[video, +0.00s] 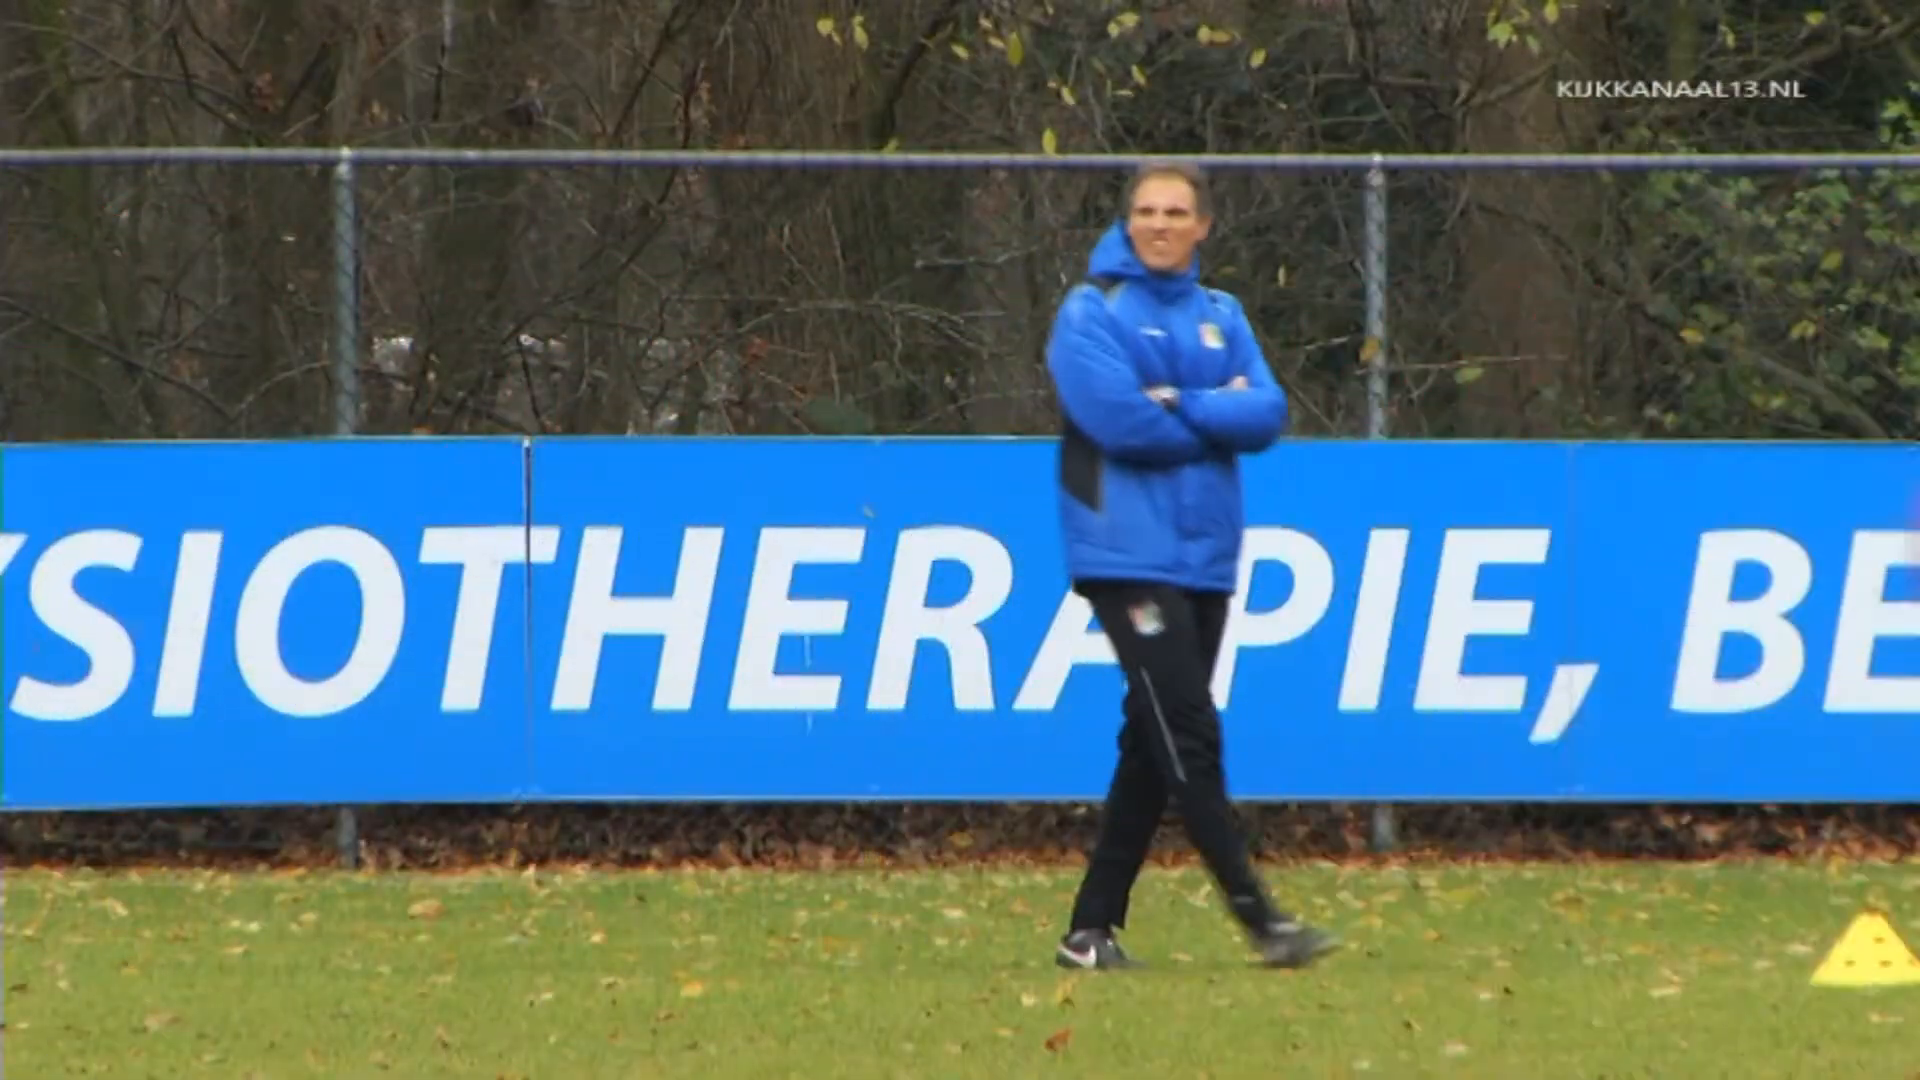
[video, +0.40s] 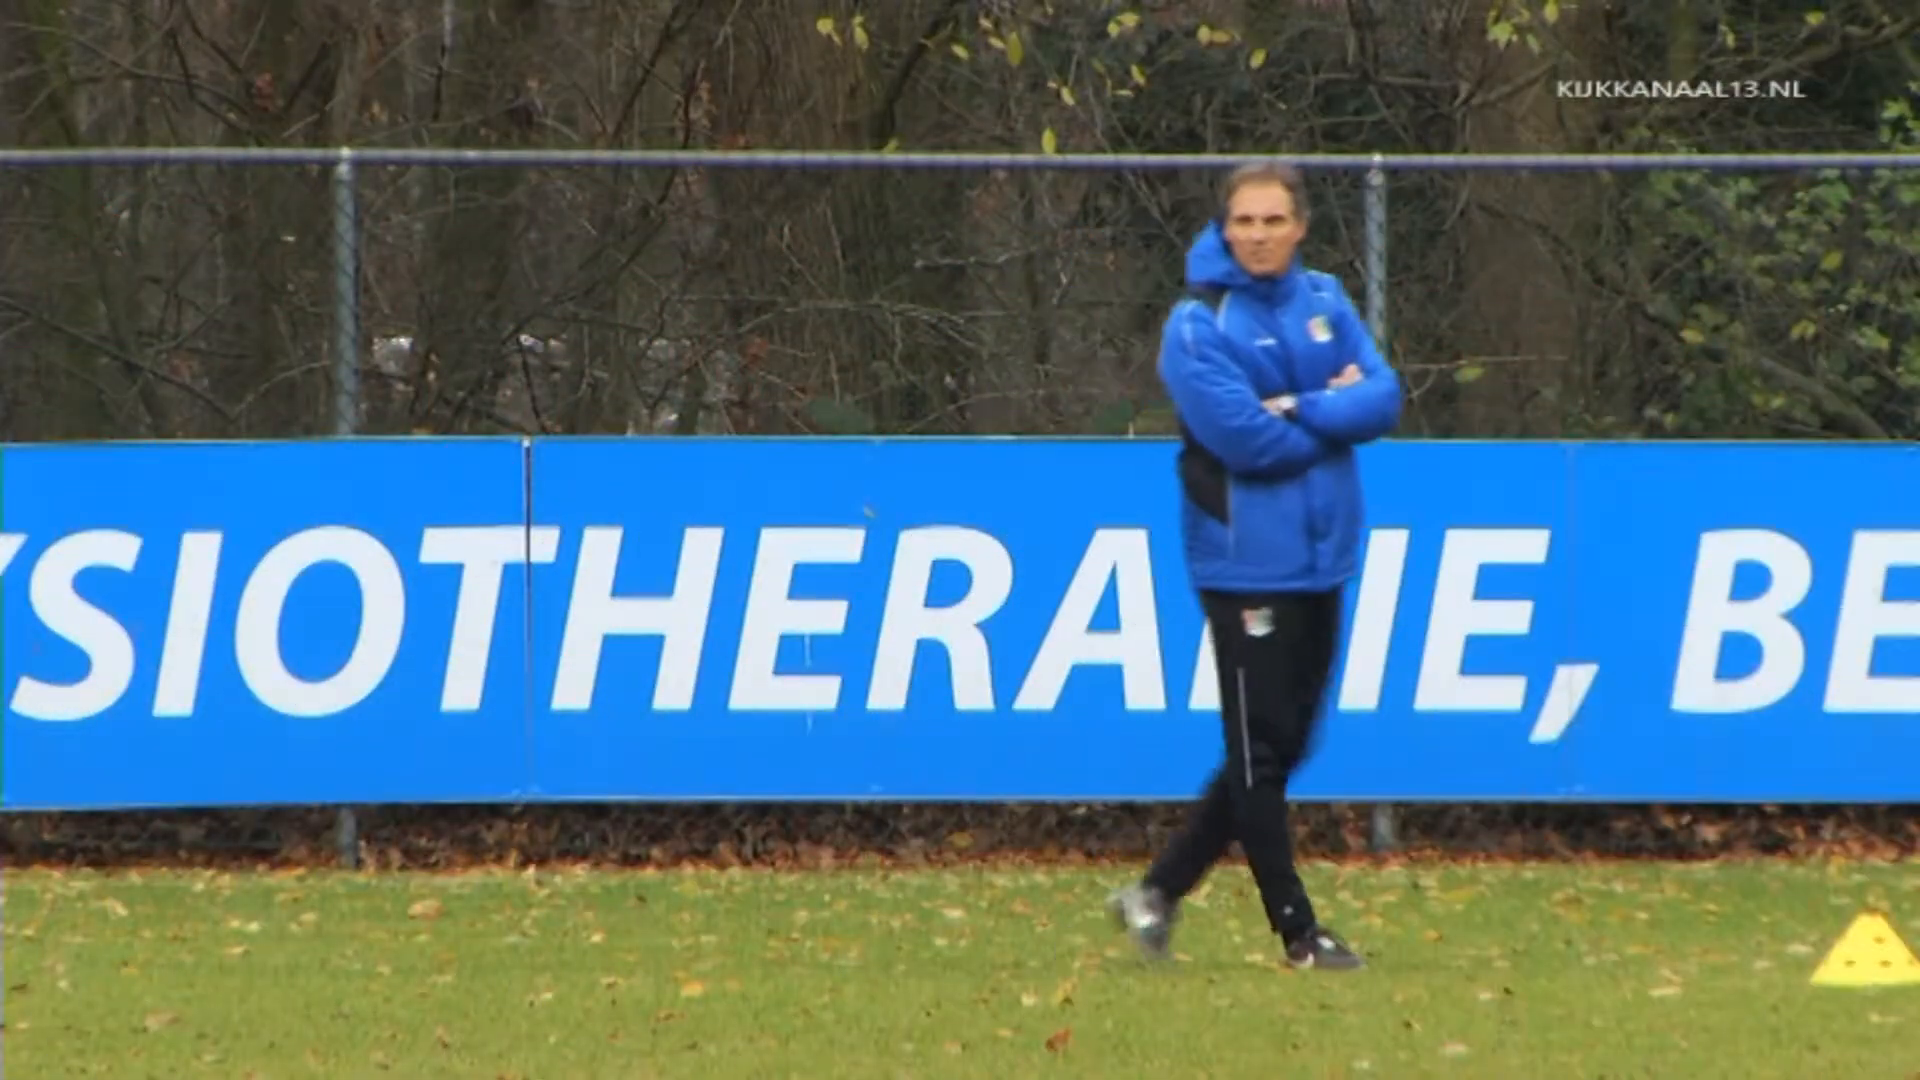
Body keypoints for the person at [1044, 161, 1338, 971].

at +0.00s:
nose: (1161, 225)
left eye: (1176, 213)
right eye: (1148, 213)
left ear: (1204, 227)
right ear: (1127, 224)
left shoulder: (1223, 313)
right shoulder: (1088, 314)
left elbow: (1267, 413)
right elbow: (1126, 429)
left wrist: (1173, 400)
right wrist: (1219, 420)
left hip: (1208, 555)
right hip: (1124, 553)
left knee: (1156, 743)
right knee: (1191, 732)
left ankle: (1091, 930)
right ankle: (1262, 921)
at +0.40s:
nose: (1263, 235)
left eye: (1277, 221)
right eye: (1247, 222)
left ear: (1301, 228)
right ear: (1225, 232)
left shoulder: (1323, 300)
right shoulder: (1195, 328)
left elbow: (1382, 397)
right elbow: (1252, 445)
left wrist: (1290, 406)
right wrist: (1339, 416)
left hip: (1323, 554)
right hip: (1244, 562)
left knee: (1283, 745)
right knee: (1260, 747)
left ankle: (1156, 892)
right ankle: (1298, 932)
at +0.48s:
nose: (1277, 233)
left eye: (1292, 218)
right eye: (1262, 219)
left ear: (1317, 226)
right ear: (1242, 228)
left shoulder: (1343, 299)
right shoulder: (1212, 322)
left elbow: (1399, 393)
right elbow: (1262, 440)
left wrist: (1310, 404)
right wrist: (1351, 419)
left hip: (1340, 555)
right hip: (1260, 562)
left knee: (1332, 735)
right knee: (1269, 747)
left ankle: (1197, 883)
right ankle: (1298, 932)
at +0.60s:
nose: (1298, 228)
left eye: (1314, 214)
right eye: (1284, 214)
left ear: (1339, 222)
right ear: (1264, 222)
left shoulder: (1365, 298)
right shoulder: (1233, 318)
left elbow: (1421, 393)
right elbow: (1282, 436)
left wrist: (1332, 400)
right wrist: (1375, 411)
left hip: (1370, 560)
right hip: (1283, 569)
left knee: (1396, 724)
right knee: (1281, 754)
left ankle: (1310, 873)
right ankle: (1298, 928)